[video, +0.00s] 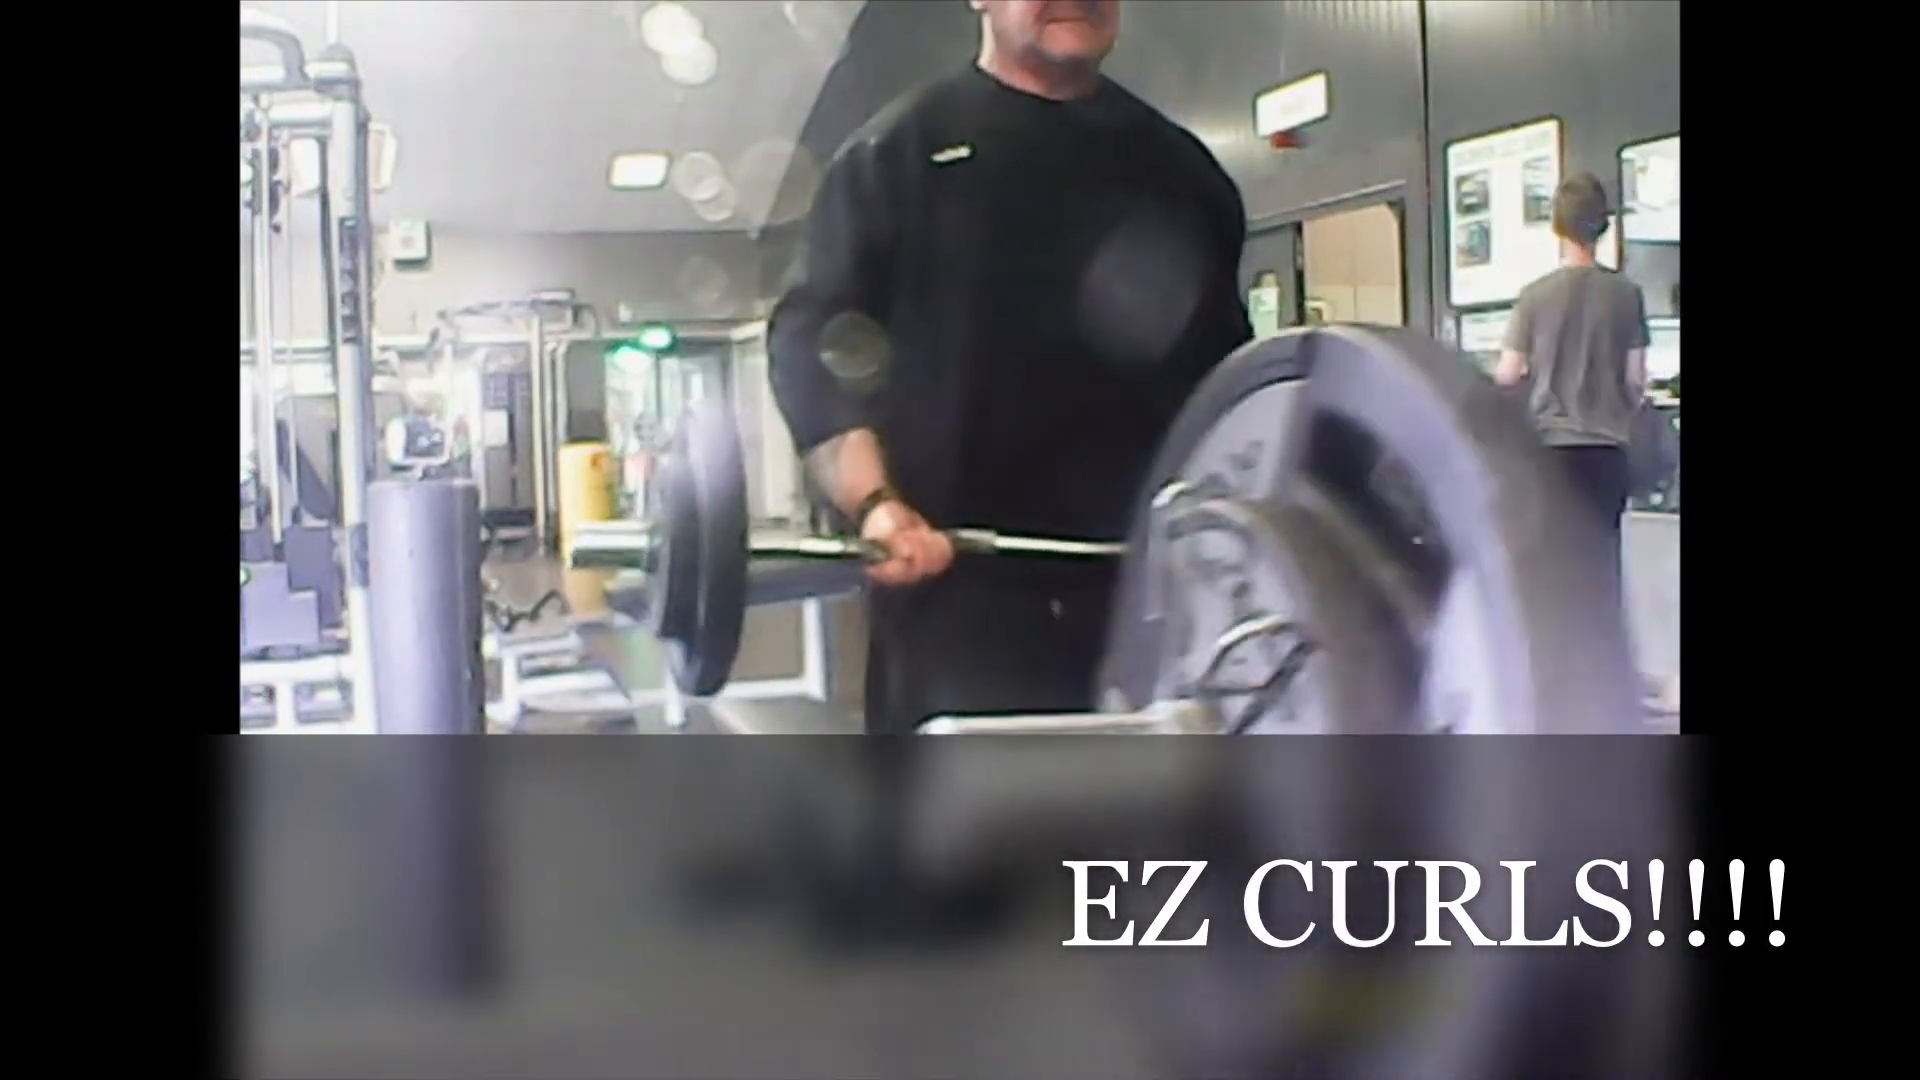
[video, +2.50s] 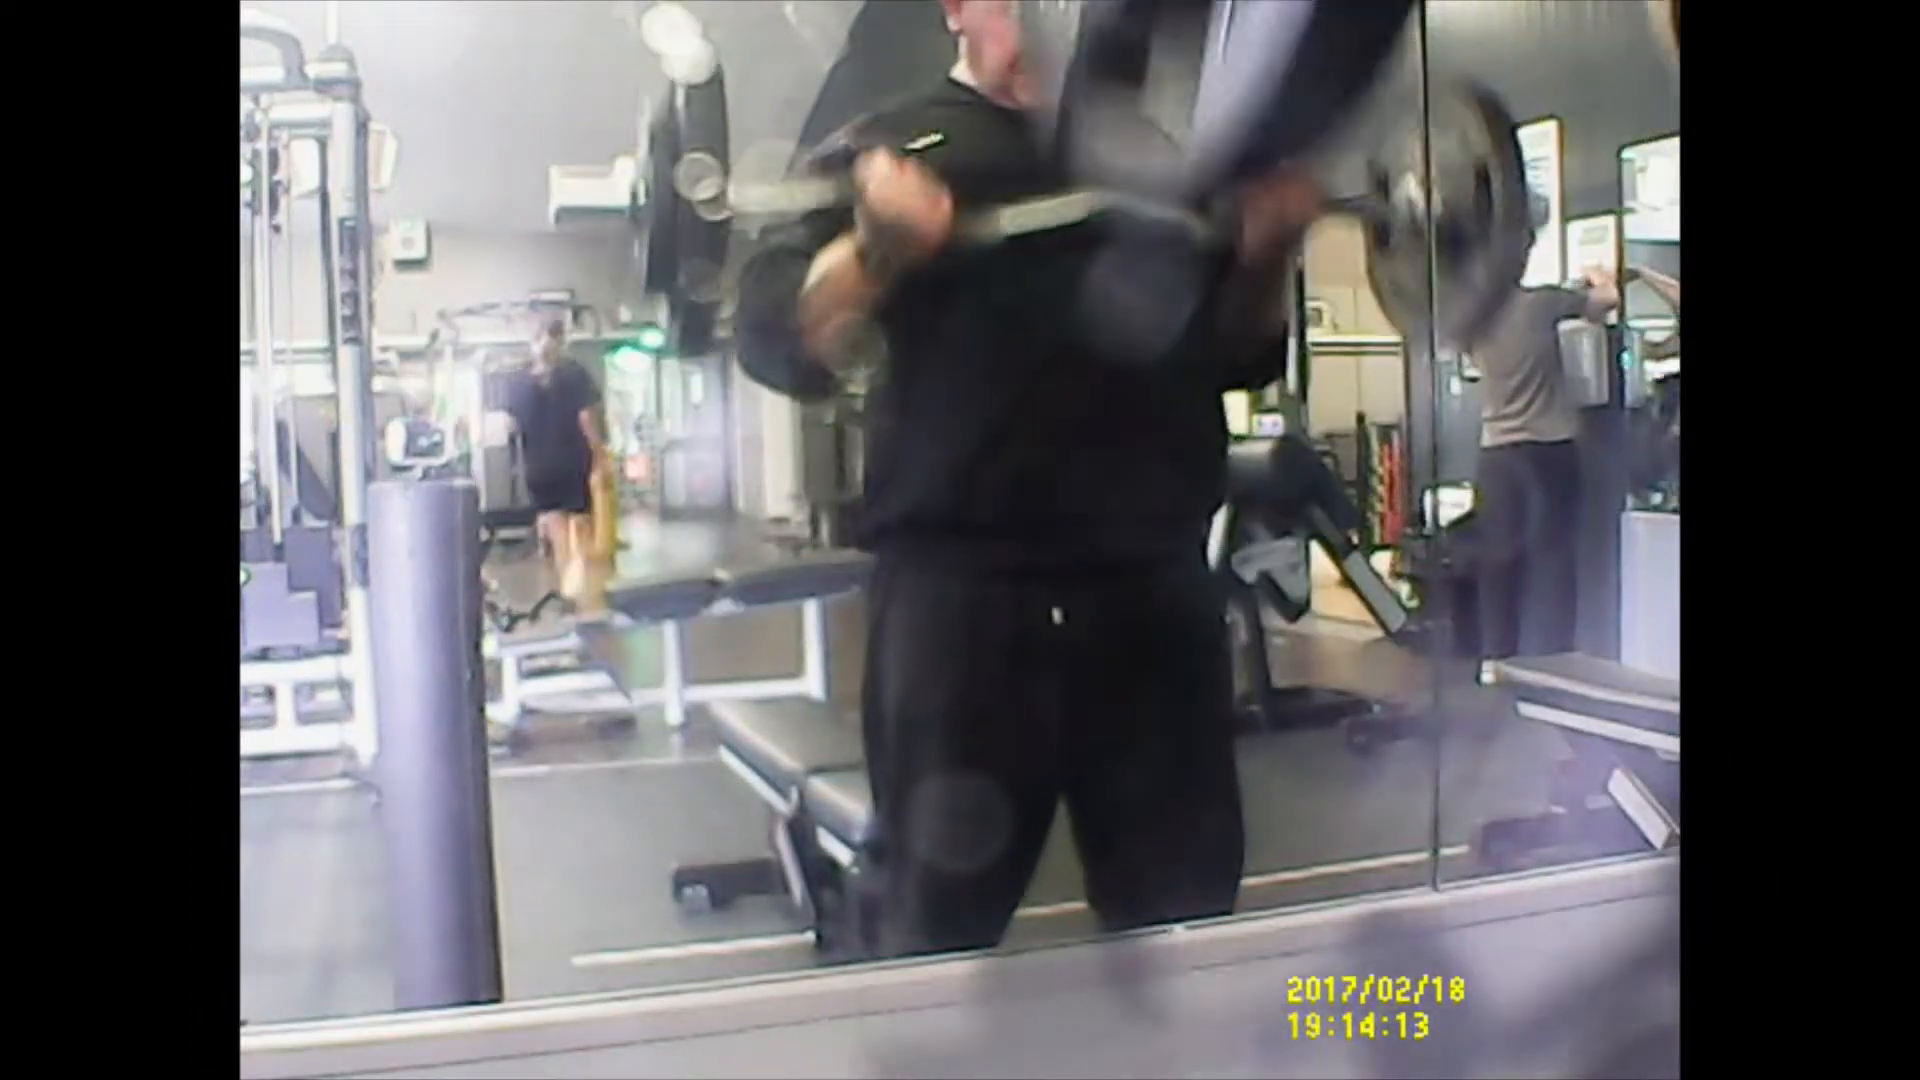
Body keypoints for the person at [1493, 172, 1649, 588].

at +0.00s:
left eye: (1555, 218)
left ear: (1556, 227)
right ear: (1603, 227)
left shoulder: (1535, 295)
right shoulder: (1626, 293)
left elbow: (1509, 373)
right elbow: (1636, 379)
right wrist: (1624, 414)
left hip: (1550, 454)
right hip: (1608, 454)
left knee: (1552, 579)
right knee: (1602, 579)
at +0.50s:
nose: (1542, 245)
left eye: (1543, 239)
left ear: (1544, 245)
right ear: (1588, 246)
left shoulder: (1521, 305)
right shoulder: (1607, 308)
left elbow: (1506, 343)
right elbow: (1622, 363)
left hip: (1524, 452)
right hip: (1582, 453)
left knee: (1519, 560)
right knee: (1569, 569)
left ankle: (1518, 655)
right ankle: (1557, 660)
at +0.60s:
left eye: (1547, 236)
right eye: (1574, 238)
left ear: (1542, 242)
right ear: (1585, 244)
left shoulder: (1522, 300)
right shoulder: (1602, 299)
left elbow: (1515, 326)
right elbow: (1624, 337)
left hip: (1521, 449)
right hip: (1579, 450)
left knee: (1519, 551)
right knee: (1570, 559)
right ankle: (1561, 647)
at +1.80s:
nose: (1515, 252)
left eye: (1496, 247)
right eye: (1516, 245)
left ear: (1477, 255)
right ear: (1518, 251)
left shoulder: (1472, 314)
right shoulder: (1539, 301)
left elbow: (1511, 311)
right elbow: (1606, 298)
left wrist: (1549, 282)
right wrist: (1579, 268)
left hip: (1496, 441)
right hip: (1548, 438)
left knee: (1503, 539)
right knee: (1557, 541)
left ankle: (1500, 645)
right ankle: (1552, 651)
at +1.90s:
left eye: (1485, 251)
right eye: (1510, 248)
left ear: (1478, 256)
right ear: (1519, 251)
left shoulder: (1468, 315)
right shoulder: (1539, 302)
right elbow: (1605, 298)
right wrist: (1578, 270)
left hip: (1483, 432)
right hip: (1534, 430)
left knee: (1484, 543)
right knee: (1531, 538)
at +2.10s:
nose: (1522, 257)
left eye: (1518, 249)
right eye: (1521, 250)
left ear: (1480, 259)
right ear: (1519, 255)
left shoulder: (1468, 314)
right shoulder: (1542, 300)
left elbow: (1476, 357)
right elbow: (1600, 301)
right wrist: (1587, 278)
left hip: (1495, 449)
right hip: (1548, 445)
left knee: (1496, 555)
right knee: (1550, 554)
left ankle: (1492, 662)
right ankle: (1546, 667)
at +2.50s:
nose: (1528, 253)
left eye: (1526, 245)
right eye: (1525, 246)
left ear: (1482, 263)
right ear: (1520, 257)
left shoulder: (1472, 311)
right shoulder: (1541, 301)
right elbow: (1607, 299)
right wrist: (1597, 278)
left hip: (1495, 453)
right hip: (1548, 448)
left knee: (1499, 560)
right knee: (1552, 557)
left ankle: (1495, 666)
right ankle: (1549, 671)